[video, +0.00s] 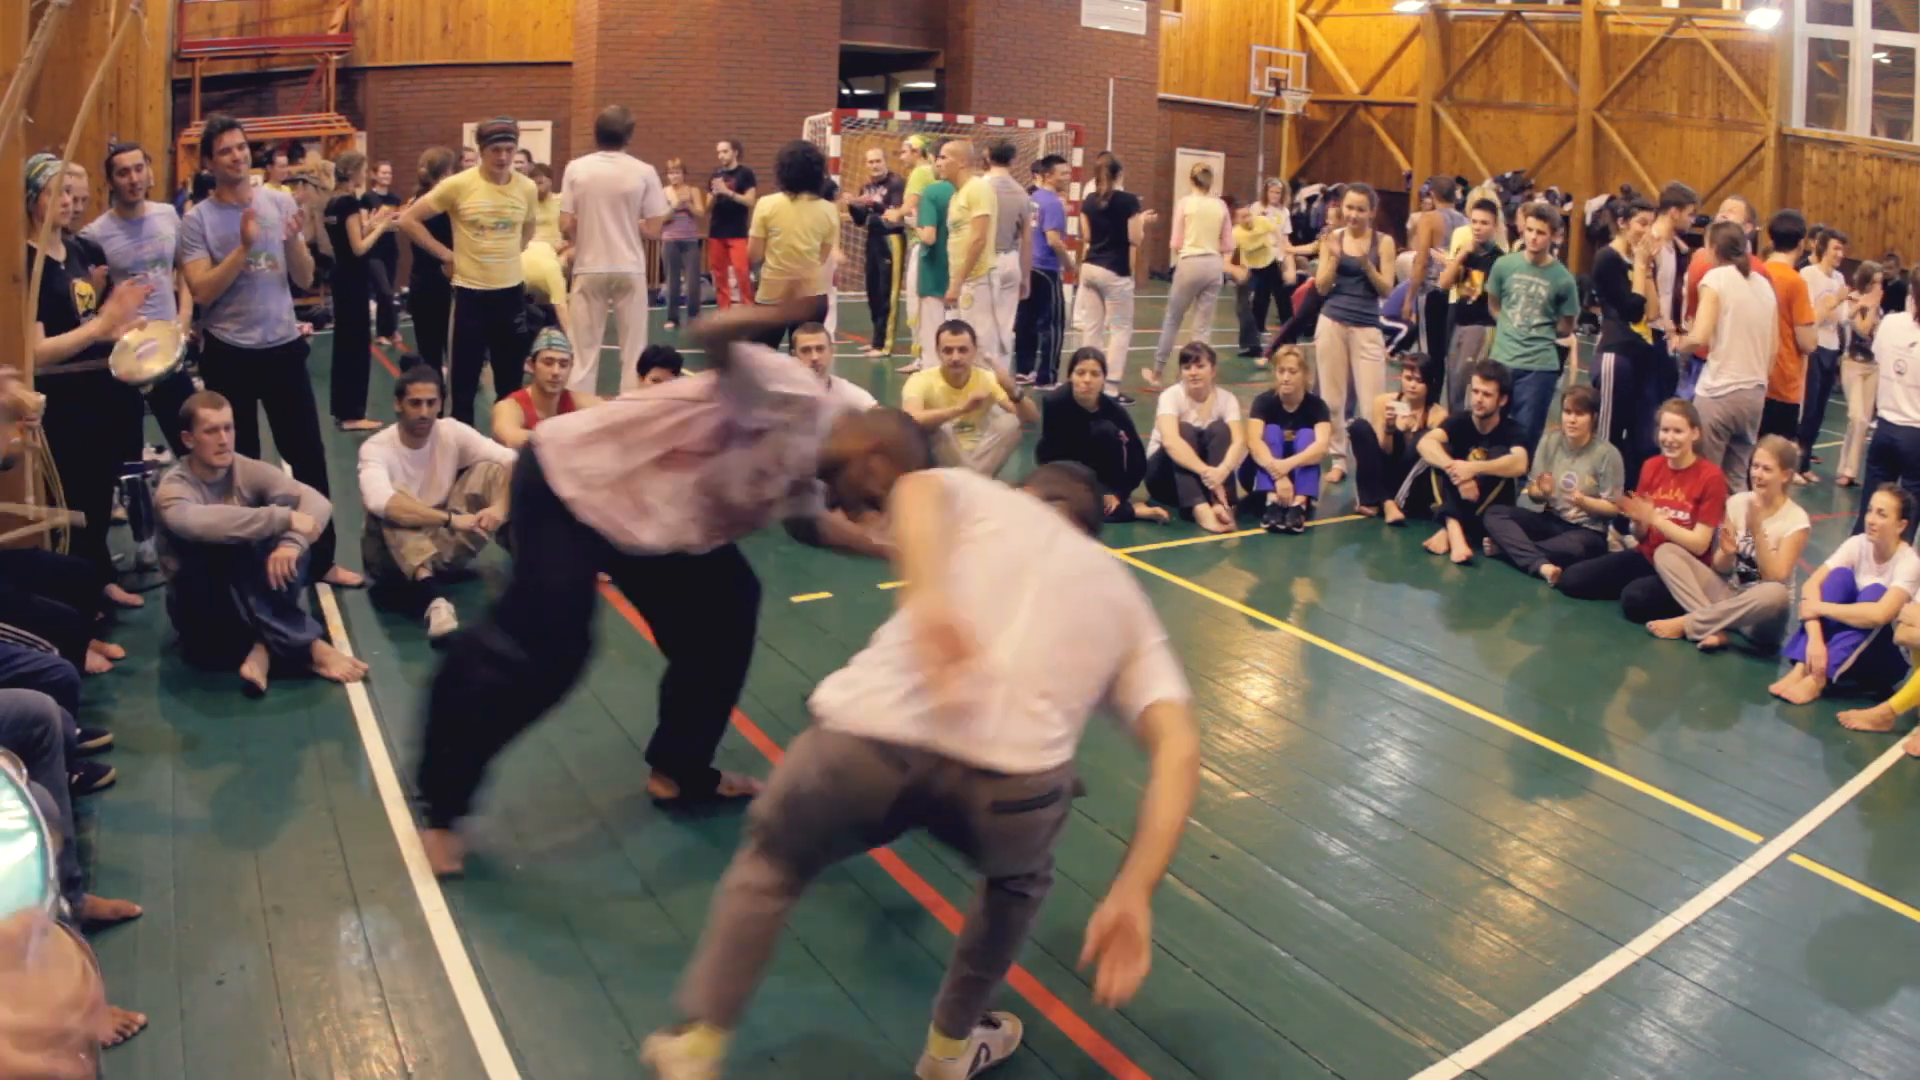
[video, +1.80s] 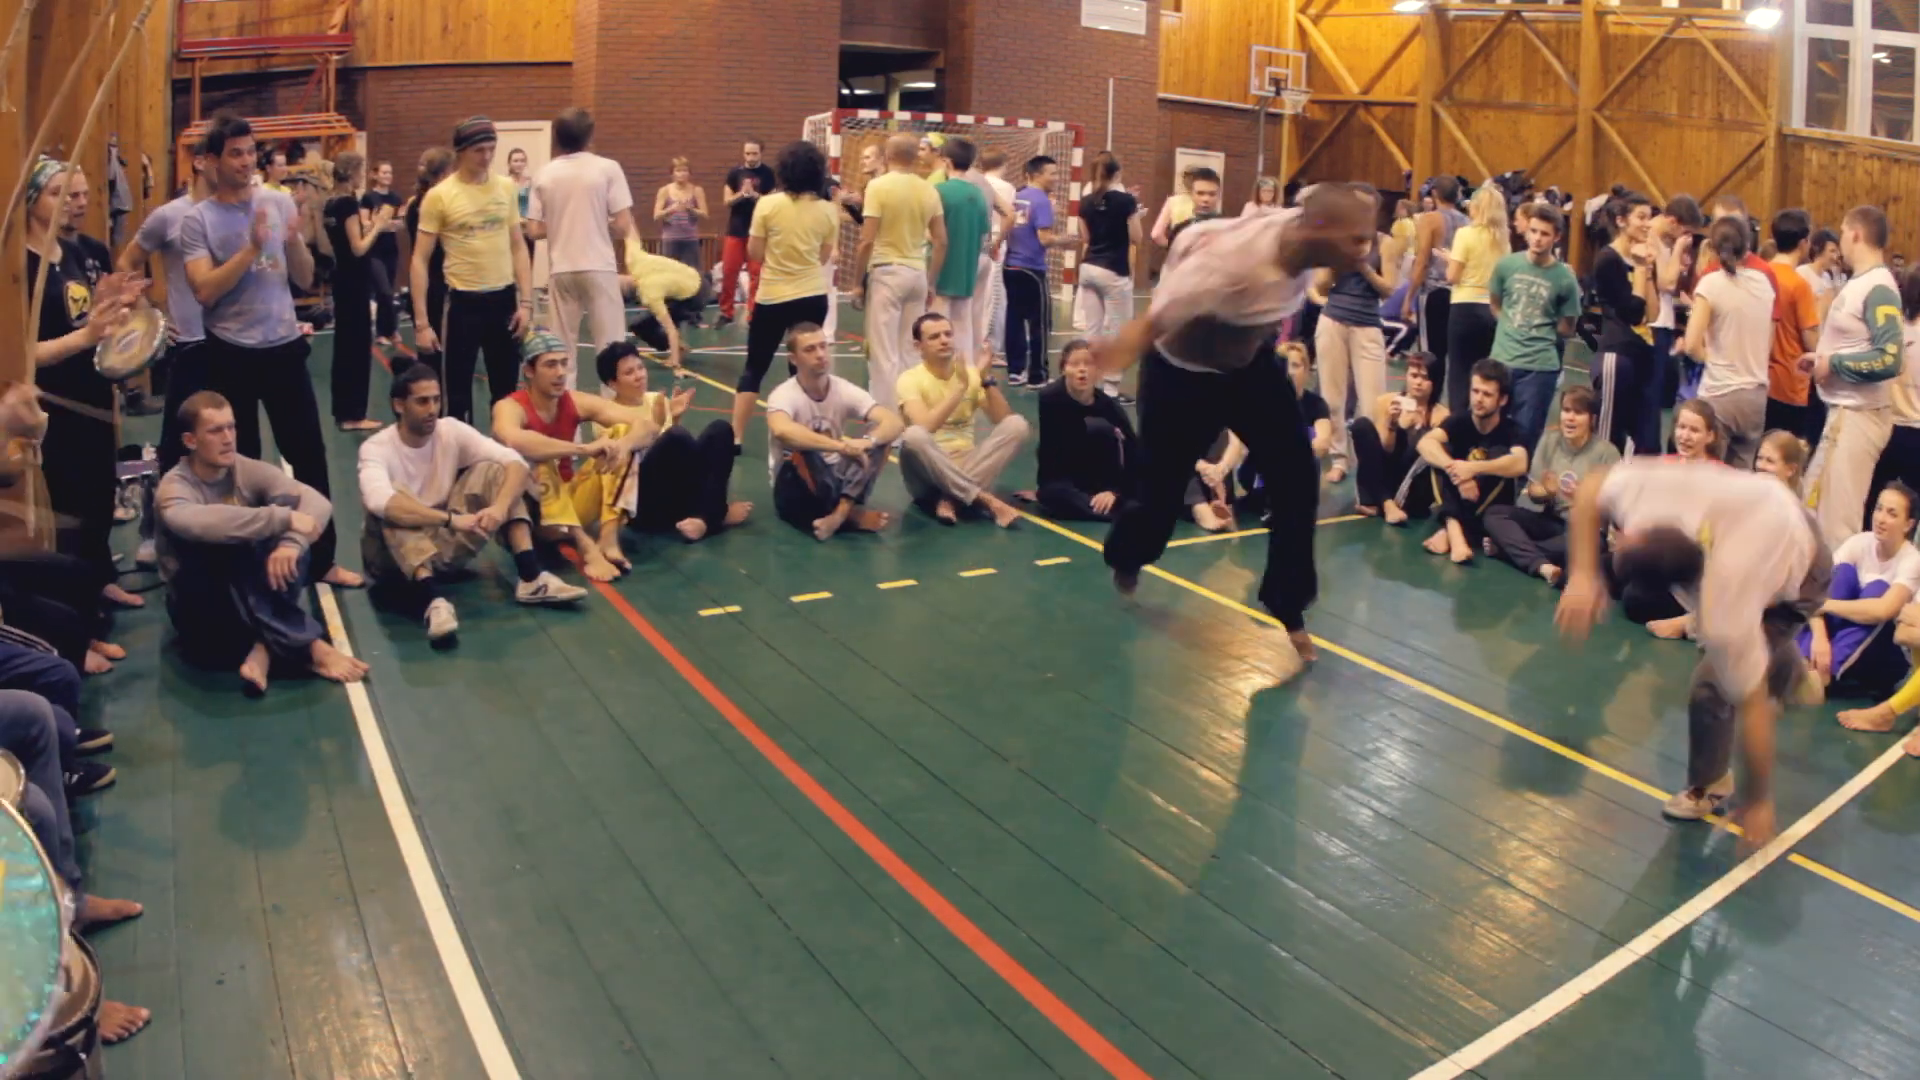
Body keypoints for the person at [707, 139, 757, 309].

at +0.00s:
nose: (721, 156)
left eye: (725, 151)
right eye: (719, 152)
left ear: (735, 152)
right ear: (717, 155)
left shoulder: (745, 173)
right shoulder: (716, 175)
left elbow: (750, 200)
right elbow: (708, 205)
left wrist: (727, 191)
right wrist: (714, 193)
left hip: (737, 232)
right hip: (717, 232)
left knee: (742, 271)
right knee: (718, 273)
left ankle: (748, 305)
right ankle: (723, 308)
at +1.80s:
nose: (751, 157)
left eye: (754, 153)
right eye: (748, 153)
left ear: (761, 154)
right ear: (743, 154)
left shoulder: (767, 174)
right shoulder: (734, 173)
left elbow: (771, 201)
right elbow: (727, 200)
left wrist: (754, 194)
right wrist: (741, 194)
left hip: (758, 231)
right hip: (735, 231)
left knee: (756, 272)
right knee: (729, 271)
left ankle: (754, 312)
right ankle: (726, 311)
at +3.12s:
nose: (744, 159)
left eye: (747, 155)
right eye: (741, 156)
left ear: (755, 154)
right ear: (737, 157)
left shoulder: (767, 173)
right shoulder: (733, 176)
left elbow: (776, 197)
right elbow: (721, 194)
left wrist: (769, 217)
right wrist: (728, 215)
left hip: (763, 229)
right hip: (740, 231)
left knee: (762, 272)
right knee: (742, 275)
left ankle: (764, 310)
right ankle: (746, 313)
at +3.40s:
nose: (748, 161)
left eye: (751, 157)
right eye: (744, 158)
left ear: (760, 154)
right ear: (741, 157)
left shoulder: (770, 175)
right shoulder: (735, 177)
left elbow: (778, 200)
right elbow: (726, 197)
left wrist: (774, 221)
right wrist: (729, 221)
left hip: (765, 229)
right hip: (742, 230)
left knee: (765, 272)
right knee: (742, 276)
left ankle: (765, 310)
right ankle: (746, 313)